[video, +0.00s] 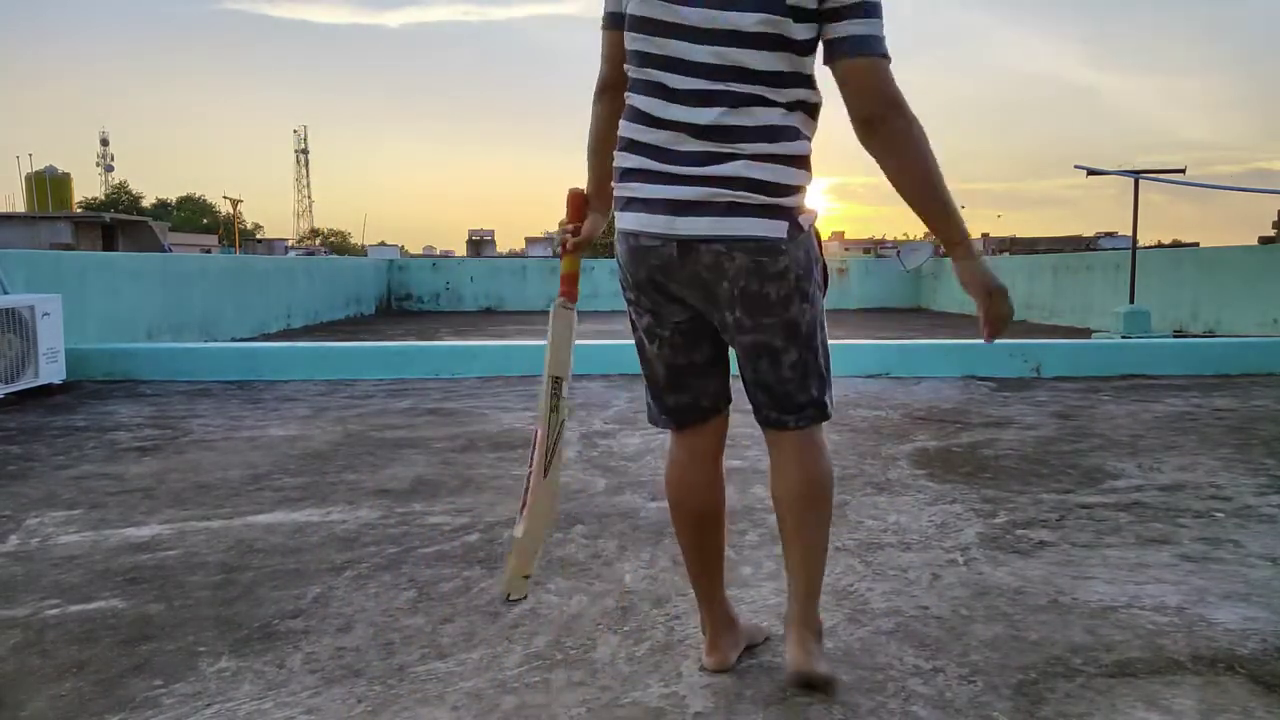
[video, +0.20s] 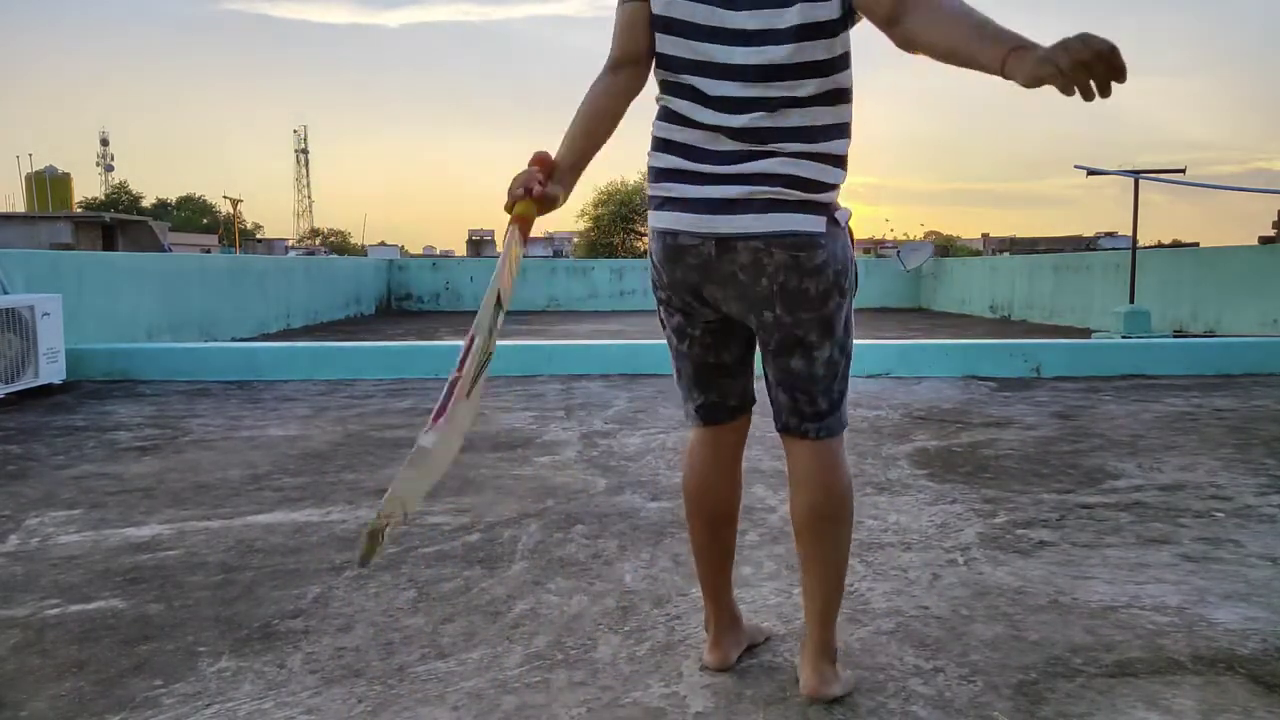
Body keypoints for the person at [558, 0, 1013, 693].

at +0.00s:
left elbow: (611, 87)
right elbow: (876, 112)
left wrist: (598, 195)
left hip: (647, 230)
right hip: (759, 231)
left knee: (691, 426)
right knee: (794, 425)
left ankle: (716, 630)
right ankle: (803, 636)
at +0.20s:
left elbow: (624, 66)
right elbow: (912, 17)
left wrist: (562, 169)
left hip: (680, 227)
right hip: (794, 228)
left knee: (713, 419)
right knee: (813, 434)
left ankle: (720, 628)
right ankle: (818, 659)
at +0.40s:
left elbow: (635, 19)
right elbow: (914, 32)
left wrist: (552, 96)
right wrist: (1007, 129)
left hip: (705, 218)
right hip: (824, 216)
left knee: (721, 421)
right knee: (821, 434)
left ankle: (721, 628)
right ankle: (819, 672)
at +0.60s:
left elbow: (648, 12)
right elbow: (917, 119)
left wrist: (563, 108)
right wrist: (941, 249)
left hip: (704, 218)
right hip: (830, 222)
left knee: (713, 426)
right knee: (826, 442)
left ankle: (718, 628)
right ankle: (822, 676)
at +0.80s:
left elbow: (643, 16)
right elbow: (878, 98)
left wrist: (561, 153)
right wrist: (814, 168)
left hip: (692, 216)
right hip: (822, 221)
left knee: (673, 428)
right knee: (822, 444)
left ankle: (660, 646)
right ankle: (823, 674)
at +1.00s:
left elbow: (594, 53)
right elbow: (833, 83)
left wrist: (537, 200)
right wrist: (744, 132)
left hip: (659, 226)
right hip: (791, 227)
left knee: (609, 455)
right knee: (807, 450)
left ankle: (556, 683)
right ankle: (824, 676)